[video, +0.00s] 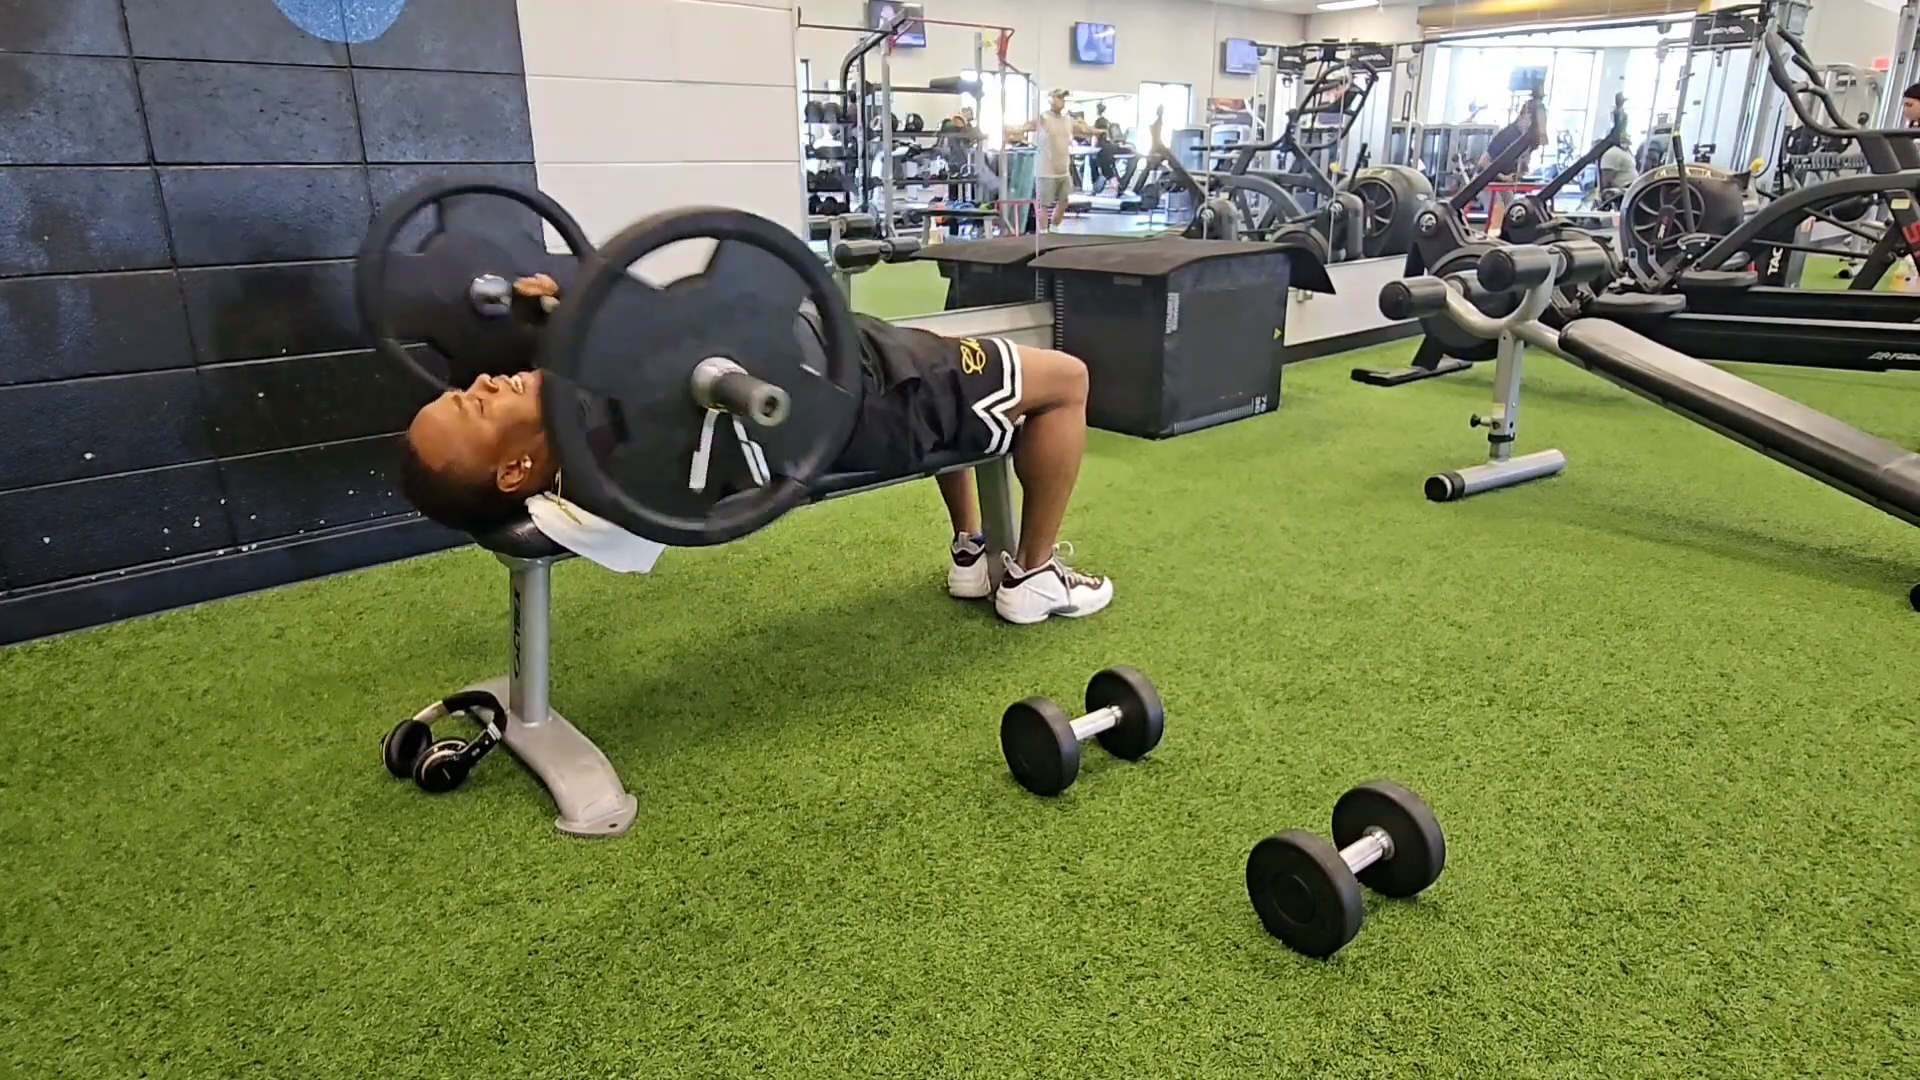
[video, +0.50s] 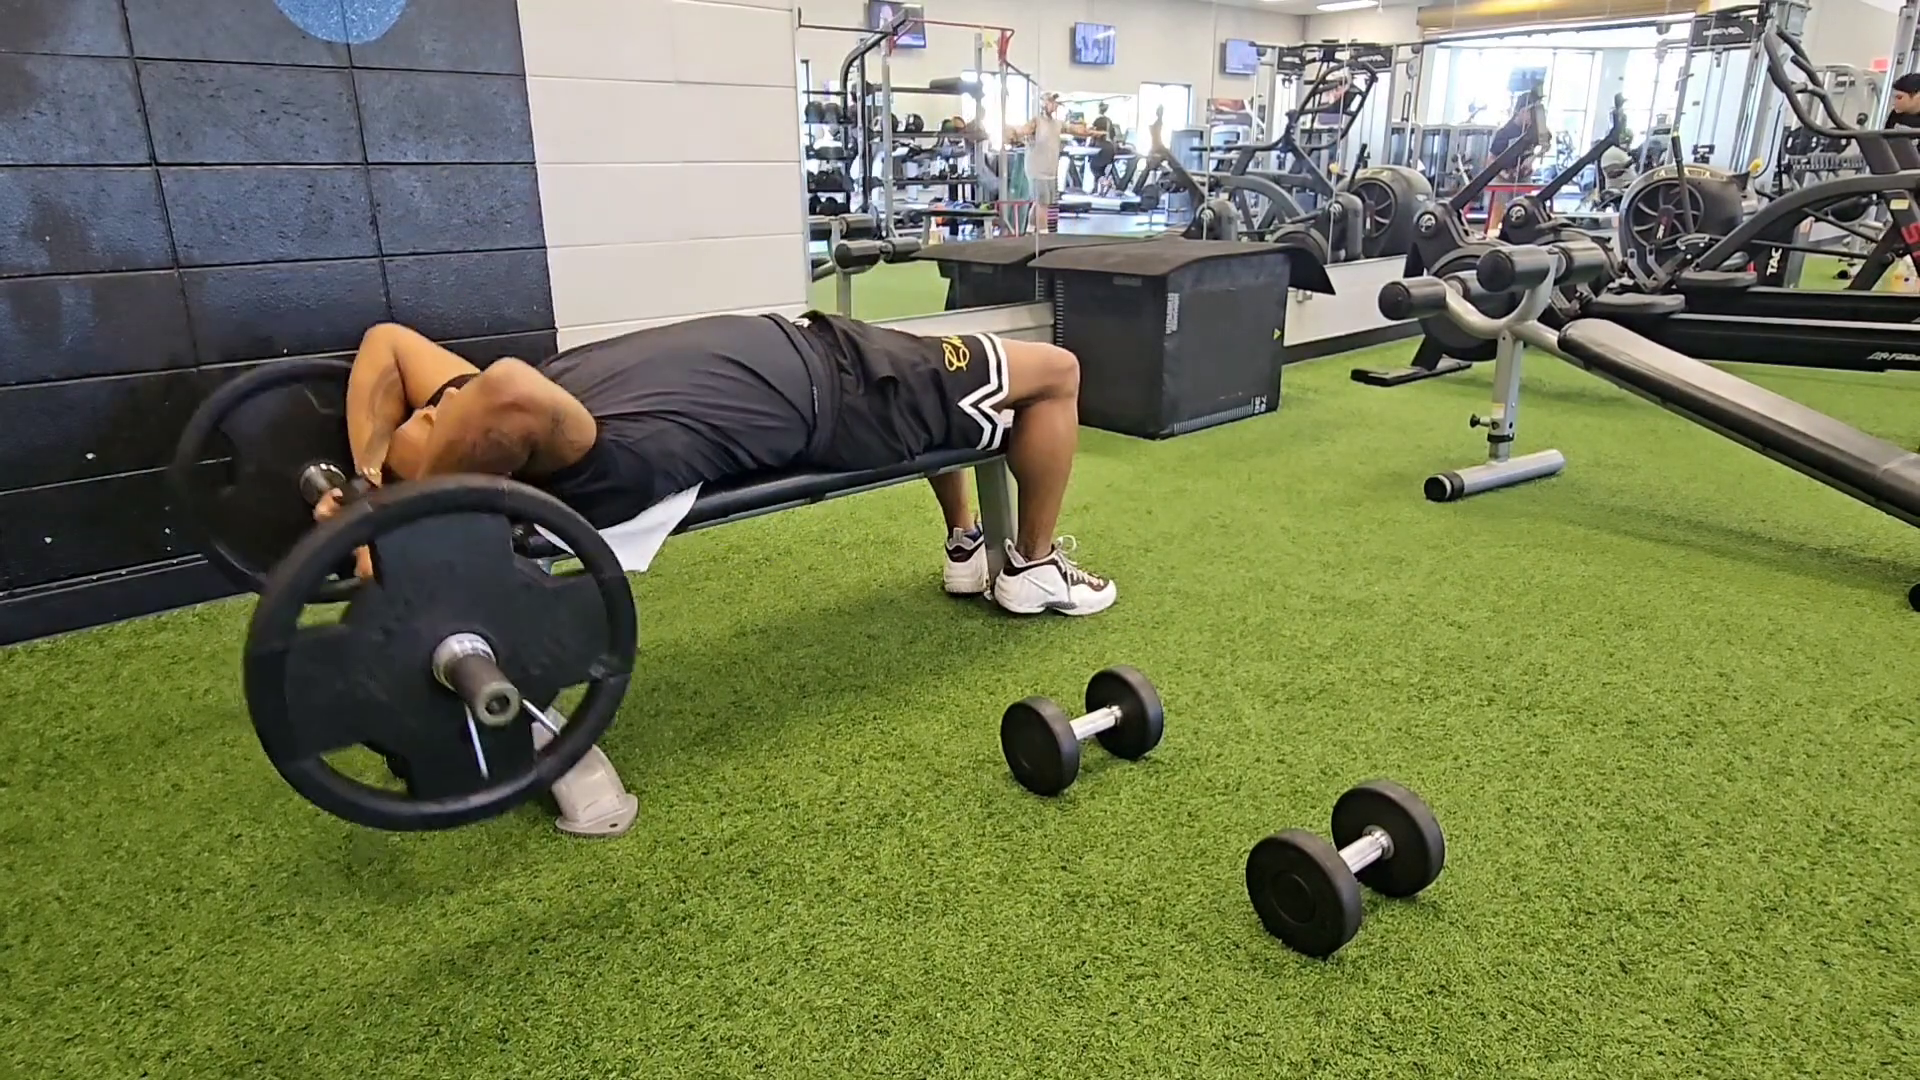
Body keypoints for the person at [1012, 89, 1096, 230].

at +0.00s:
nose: (1063, 102)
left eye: (1063, 99)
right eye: (1059, 98)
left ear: (1063, 101)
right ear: (1051, 100)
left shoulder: (1068, 120)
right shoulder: (1043, 119)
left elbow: (1082, 128)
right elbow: (1024, 128)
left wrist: (1097, 131)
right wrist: (1007, 129)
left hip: (1063, 169)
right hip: (1046, 170)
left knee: (1063, 201)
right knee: (1043, 205)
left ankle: (1054, 229)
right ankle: (1042, 233)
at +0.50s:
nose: (1054, 105)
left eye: (1055, 102)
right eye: (1051, 102)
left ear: (1055, 105)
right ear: (1044, 103)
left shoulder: (1058, 124)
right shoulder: (1036, 121)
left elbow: (1075, 130)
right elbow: (1024, 131)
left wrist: (1093, 133)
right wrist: (1013, 133)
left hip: (1051, 170)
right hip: (1037, 170)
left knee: (1039, 203)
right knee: (1043, 203)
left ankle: (1030, 230)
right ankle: (1043, 233)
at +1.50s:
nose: (1041, 104)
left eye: (1043, 100)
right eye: (1038, 100)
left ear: (1045, 103)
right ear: (1031, 102)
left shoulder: (1049, 122)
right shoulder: (1027, 120)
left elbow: (1066, 131)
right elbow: (1026, 132)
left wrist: (1082, 134)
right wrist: (1030, 135)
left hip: (1045, 166)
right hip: (1030, 166)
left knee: (1038, 201)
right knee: (1034, 200)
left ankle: (1029, 229)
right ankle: (1038, 229)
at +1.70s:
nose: (1041, 103)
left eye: (1043, 100)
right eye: (1038, 100)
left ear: (1045, 102)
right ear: (1032, 101)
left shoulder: (1049, 122)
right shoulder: (1027, 120)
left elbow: (1065, 131)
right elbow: (1024, 132)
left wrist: (1080, 134)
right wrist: (1029, 135)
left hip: (1045, 165)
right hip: (1029, 165)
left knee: (1038, 200)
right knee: (1035, 200)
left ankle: (1029, 228)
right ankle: (1038, 229)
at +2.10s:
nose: (1045, 105)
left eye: (1046, 102)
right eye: (1042, 102)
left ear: (1048, 104)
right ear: (1035, 103)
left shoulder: (1052, 124)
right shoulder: (1029, 121)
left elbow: (1068, 133)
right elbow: (1019, 134)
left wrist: (1087, 137)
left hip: (1046, 169)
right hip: (1031, 168)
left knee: (1040, 201)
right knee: (1038, 201)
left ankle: (1030, 229)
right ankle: (1040, 232)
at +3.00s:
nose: (1075, 107)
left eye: (1077, 104)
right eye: (1073, 103)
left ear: (1077, 106)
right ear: (1066, 102)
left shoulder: (1077, 122)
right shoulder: (1054, 119)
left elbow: (1091, 126)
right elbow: (1037, 121)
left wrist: (1104, 122)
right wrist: (1020, 120)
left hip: (1073, 170)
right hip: (1056, 170)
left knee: (1076, 203)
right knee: (1050, 204)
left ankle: (1074, 232)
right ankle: (1039, 231)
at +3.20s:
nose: (1082, 106)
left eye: (1084, 103)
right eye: (1080, 102)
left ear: (1086, 104)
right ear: (1074, 102)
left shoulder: (1086, 120)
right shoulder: (1062, 118)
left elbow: (1099, 119)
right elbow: (1044, 120)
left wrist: (1108, 115)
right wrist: (1028, 117)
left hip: (1082, 169)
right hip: (1066, 169)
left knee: (1079, 205)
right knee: (1066, 205)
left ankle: (1074, 232)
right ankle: (1050, 225)